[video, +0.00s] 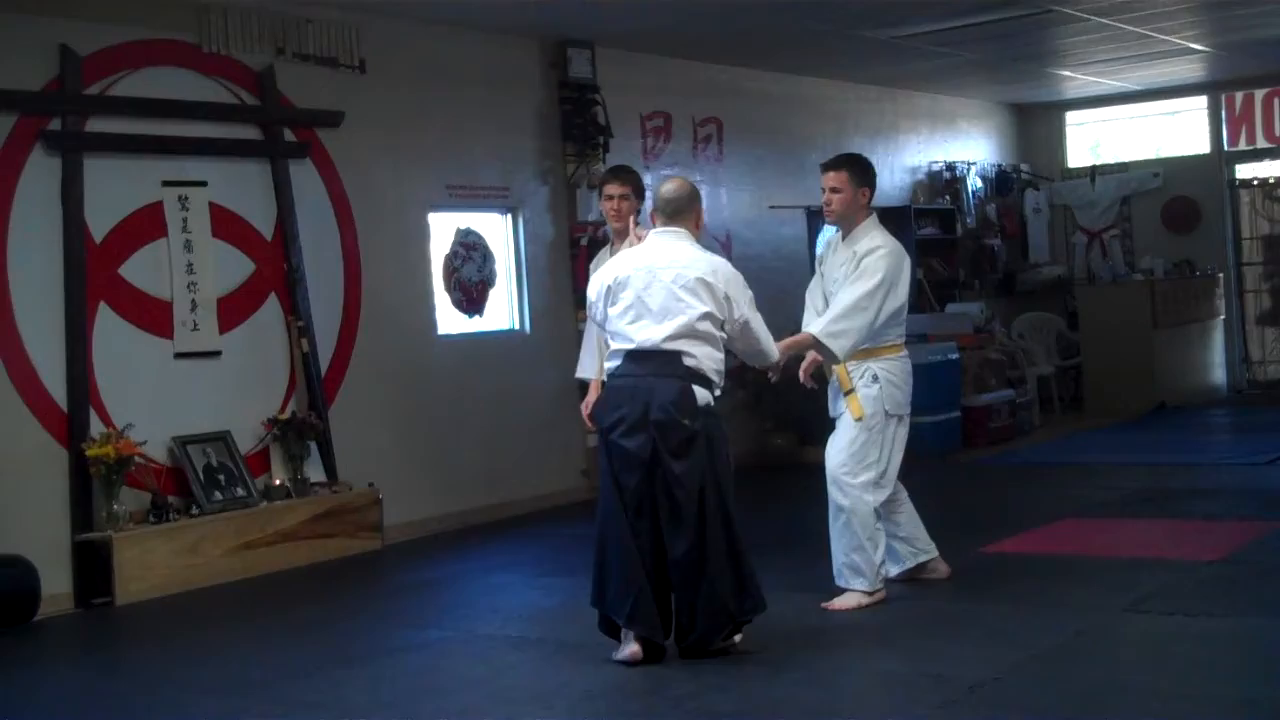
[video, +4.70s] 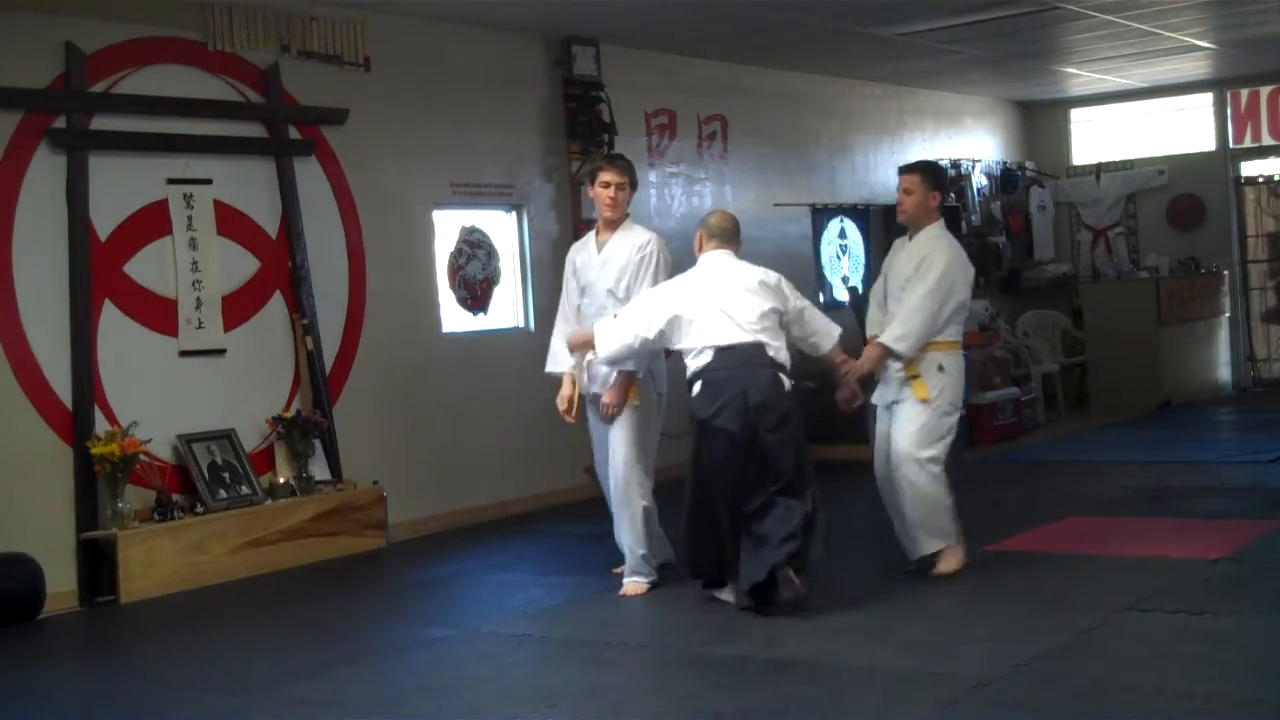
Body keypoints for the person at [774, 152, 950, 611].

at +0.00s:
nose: (825, 200)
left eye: (834, 192)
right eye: (823, 191)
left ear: (864, 196)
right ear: (825, 194)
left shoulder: (883, 251)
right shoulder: (830, 241)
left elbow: (853, 318)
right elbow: (822, 303)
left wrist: (787, 345)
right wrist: (818, 351)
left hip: (879, 372)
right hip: (846, 371)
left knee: (845, 466)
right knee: (872, 472)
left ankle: (864, 584)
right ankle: (923, 559)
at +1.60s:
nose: (835, 197)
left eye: (846, 190)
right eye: (834, 188)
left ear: (873, 198)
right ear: (834, 192)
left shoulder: (886, 254)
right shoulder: (833, 240)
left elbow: (872, 328)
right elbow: (821, 303)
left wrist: (849, 374)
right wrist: (812, 348)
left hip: (874, 375)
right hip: (842, 373)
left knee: (837, 469)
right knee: (868, 474)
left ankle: (865, 581)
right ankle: (925, 557)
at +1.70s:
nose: (839, 196)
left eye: (851, 189)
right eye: (838, 187)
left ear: (878, 198)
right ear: (837, 191)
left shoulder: (887, 255)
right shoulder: (835, 239)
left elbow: (896, 322)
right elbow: (824, 298)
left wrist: (898, 357)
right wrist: (811, 339)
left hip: (867, 380)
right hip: (836, 376)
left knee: (836, 471)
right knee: (870, 475)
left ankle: (863, 582)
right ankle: (924, 557)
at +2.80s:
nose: (843, 194)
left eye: (853, 186)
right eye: (841, 185)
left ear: (880, 192)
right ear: (841, 190)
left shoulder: (896, 249)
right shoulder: (841, 239)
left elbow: (881, 319)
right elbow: (823, 302)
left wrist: (849, 368)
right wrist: (813, 355)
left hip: (879, 371)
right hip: (849, 368)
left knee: (844, 469)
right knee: (875, 472)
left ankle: (866, 582)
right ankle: (928, 558)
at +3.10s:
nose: (837, 194)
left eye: (847, 186)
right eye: (835, 186)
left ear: (875, 191)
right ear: (836, 190)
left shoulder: (890, 249)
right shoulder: (843, 241)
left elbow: (859, 308)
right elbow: (825, 293)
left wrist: (812, 332)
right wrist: (814, 330)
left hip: (883, 372)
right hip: (853, 371)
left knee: (847, 470)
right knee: (876, 473)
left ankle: (867, 584)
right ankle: (928, 558)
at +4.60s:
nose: (891, 202)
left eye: (899, 195)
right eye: (890, 195)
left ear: (926, 201)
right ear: (898, 200)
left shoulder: (930, 255)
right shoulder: (896, 247)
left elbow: (902, 321)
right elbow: (871, 303)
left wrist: (853, 362)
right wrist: (860, 349)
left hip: (925, 370)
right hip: (891, 368)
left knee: (903, 466)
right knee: (883, 468)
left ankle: (902, 569)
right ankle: (942, 545)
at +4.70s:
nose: (899, 200)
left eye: (908, 193)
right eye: (899, 192)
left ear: (934, 199)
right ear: (906, 199)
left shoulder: (944, 252)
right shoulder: (900, 248)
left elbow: (917, 317)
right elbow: (879, 306)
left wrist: (866, 365)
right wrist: (870, 356)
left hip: (933, 367)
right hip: (895, 365)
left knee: (912, 456)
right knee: (887, 461)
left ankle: (950, 545)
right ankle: (925, 550)